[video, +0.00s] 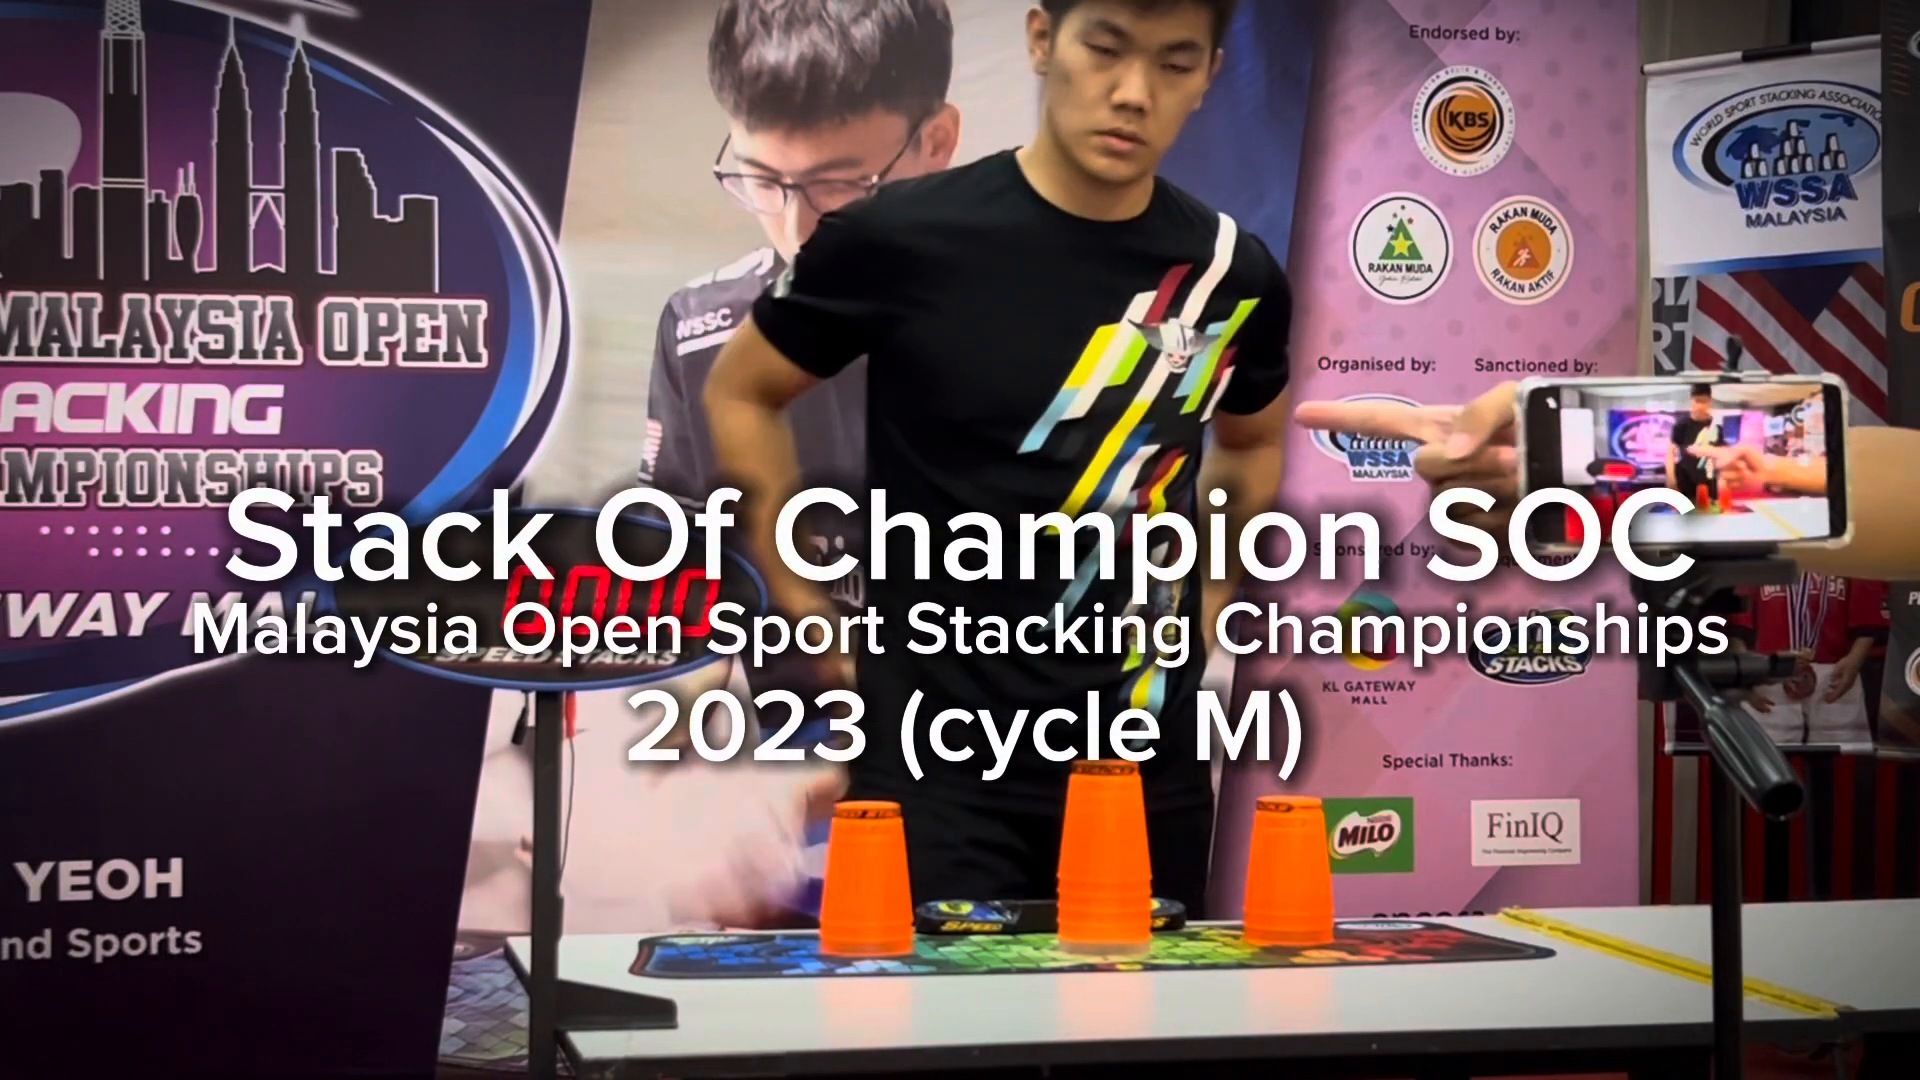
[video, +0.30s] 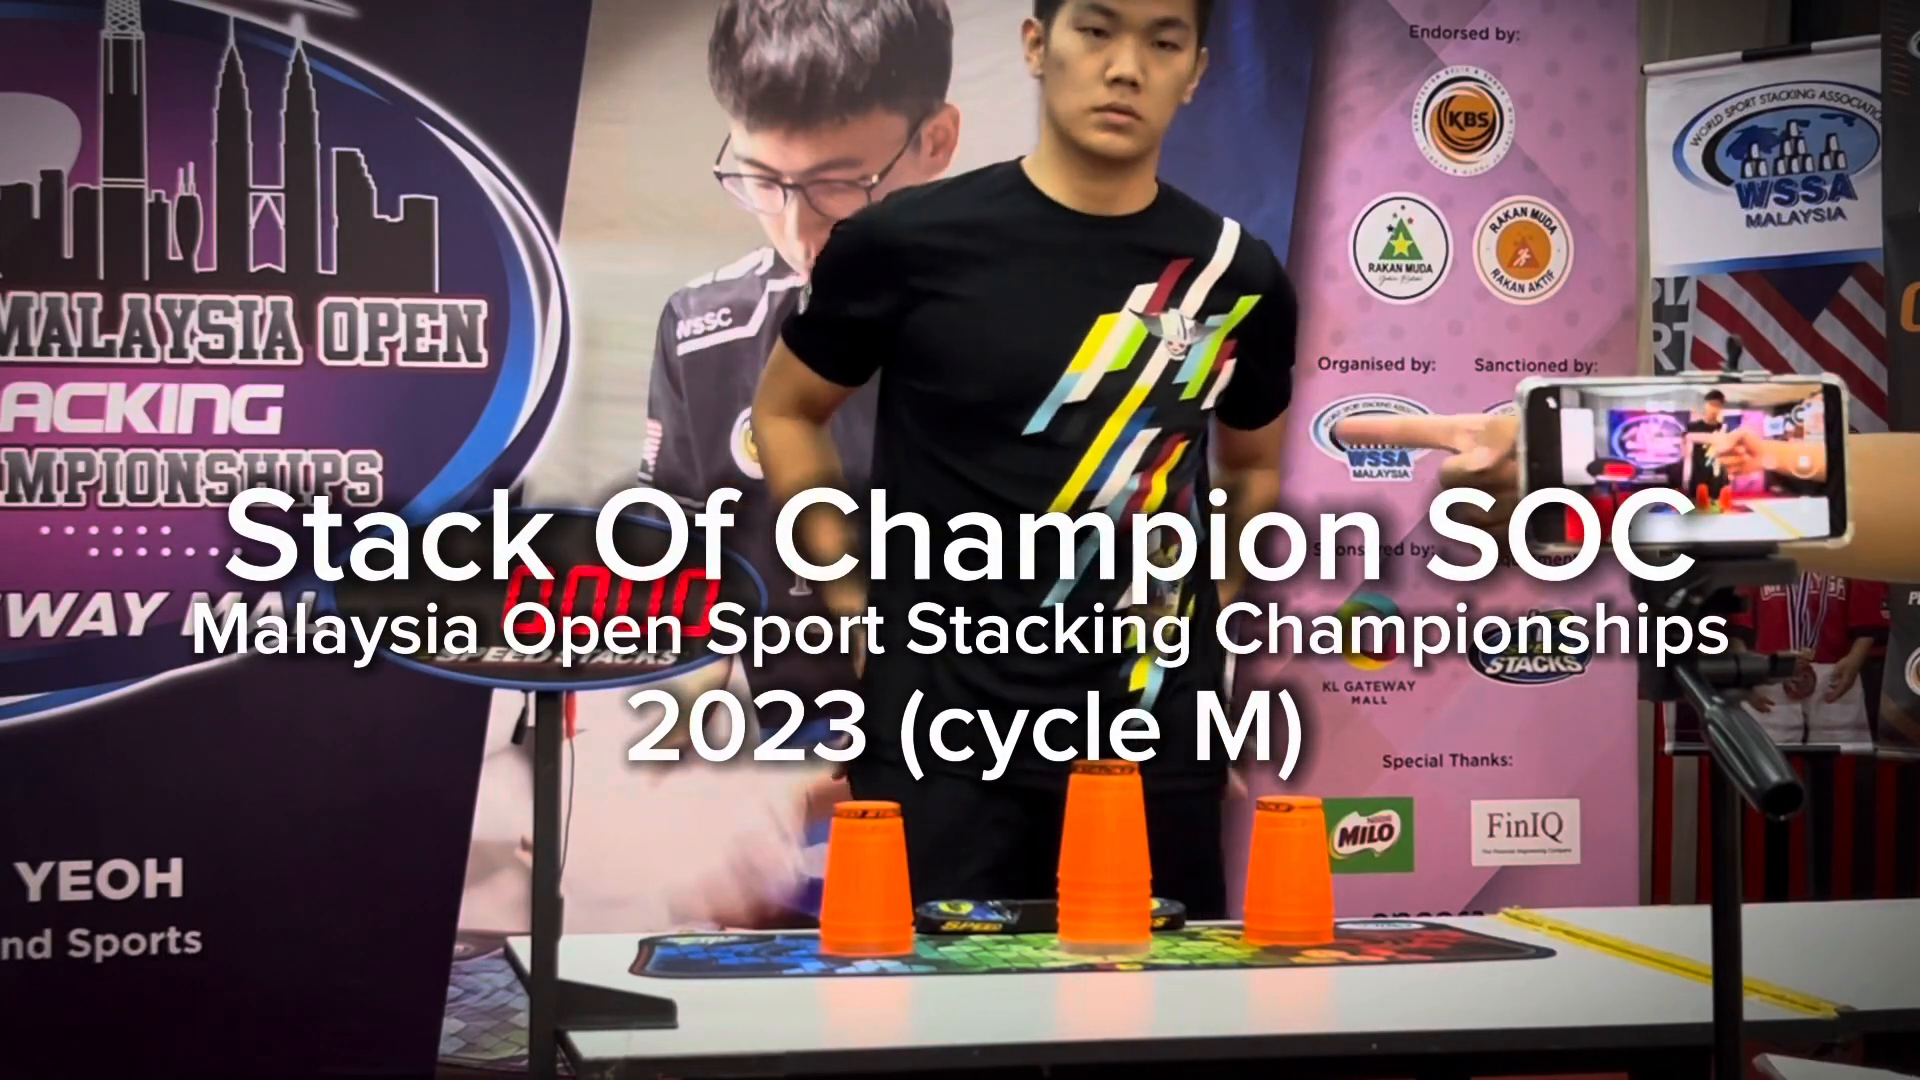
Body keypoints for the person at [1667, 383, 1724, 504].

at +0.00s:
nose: (1700, 406)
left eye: (1704, 402)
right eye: (1697, 401)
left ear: (1710, 402)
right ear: (1692, 402)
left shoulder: (1716, 427)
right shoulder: (1682, 425)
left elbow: (1720, 454)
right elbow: (1672, 453)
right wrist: (1671, 478)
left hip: (1708, 476)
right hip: (1685, 476)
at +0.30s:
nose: (1714, 410)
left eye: (1718, 406)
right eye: (1711, 405)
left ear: (1721, 408)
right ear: (1705, 405)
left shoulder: (1725, 429)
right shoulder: (1693, 428)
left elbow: (1728, 457)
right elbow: (1688, 458)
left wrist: (1729, 482)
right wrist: (1685, 484)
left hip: (1719, 484)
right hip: (1697, 482)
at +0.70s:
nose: (1711, 411)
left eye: (1714, 408)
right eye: (1708, 407)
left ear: (1718, 410)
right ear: (1703, 410)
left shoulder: (1722, 431)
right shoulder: (1695, 431)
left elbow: (1725, 455)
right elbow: (1689, 454)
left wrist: (1729, 478)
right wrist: (1687, 480)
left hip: (1717, 478)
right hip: (1700, 477)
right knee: (1700, 502)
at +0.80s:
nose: (1708, 412)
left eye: (1711, 408)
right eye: (1705, 408)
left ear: (1715, 411)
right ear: (1700, 411)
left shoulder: (1720, 433)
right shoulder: (1693, 433)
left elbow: (1724, 454)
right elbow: (1687, 457)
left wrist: (1725, 472)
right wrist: (1686, 479)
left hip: (1716, 476)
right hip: (1699, 476)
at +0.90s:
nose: (1706, 414)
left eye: (1708, 410)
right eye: (1703, 411)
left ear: (1712, 413)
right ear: (1697, 414)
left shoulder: (1718, 434)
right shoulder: (1692, 434)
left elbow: (1723, 452)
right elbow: (1685, 453)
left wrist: (1722, 468)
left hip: (1714, 474)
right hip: (1698, 475)